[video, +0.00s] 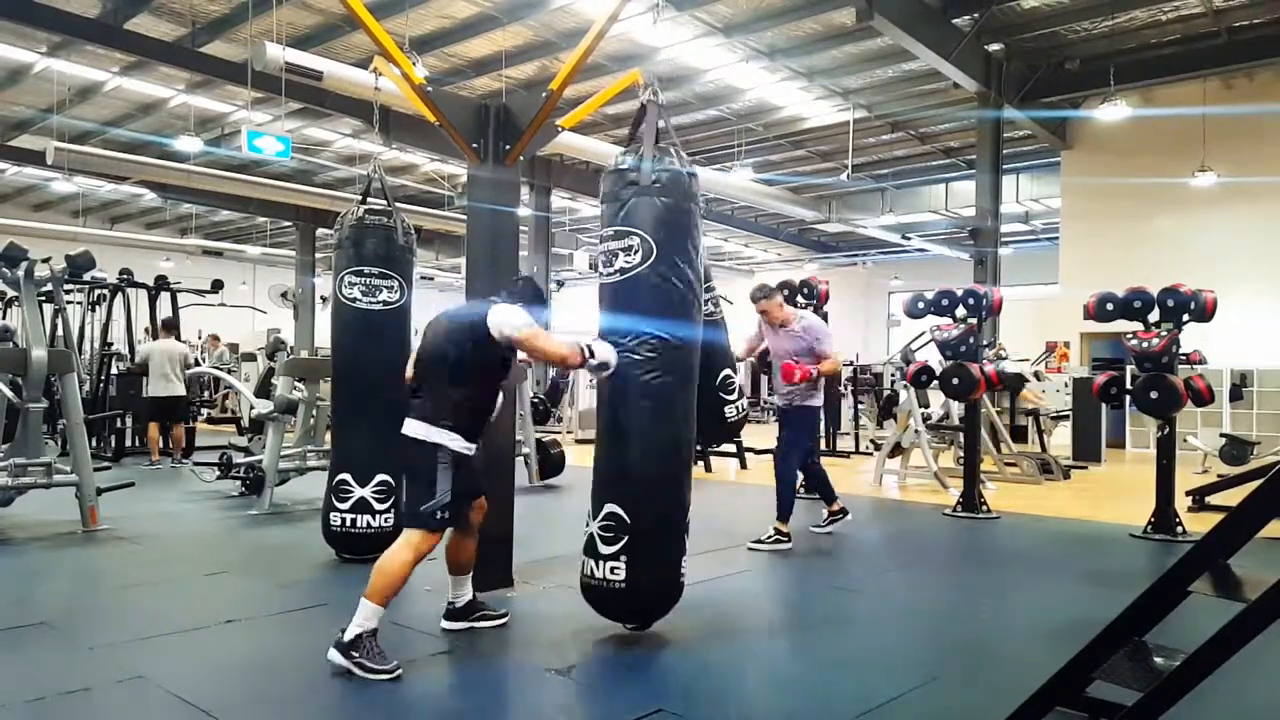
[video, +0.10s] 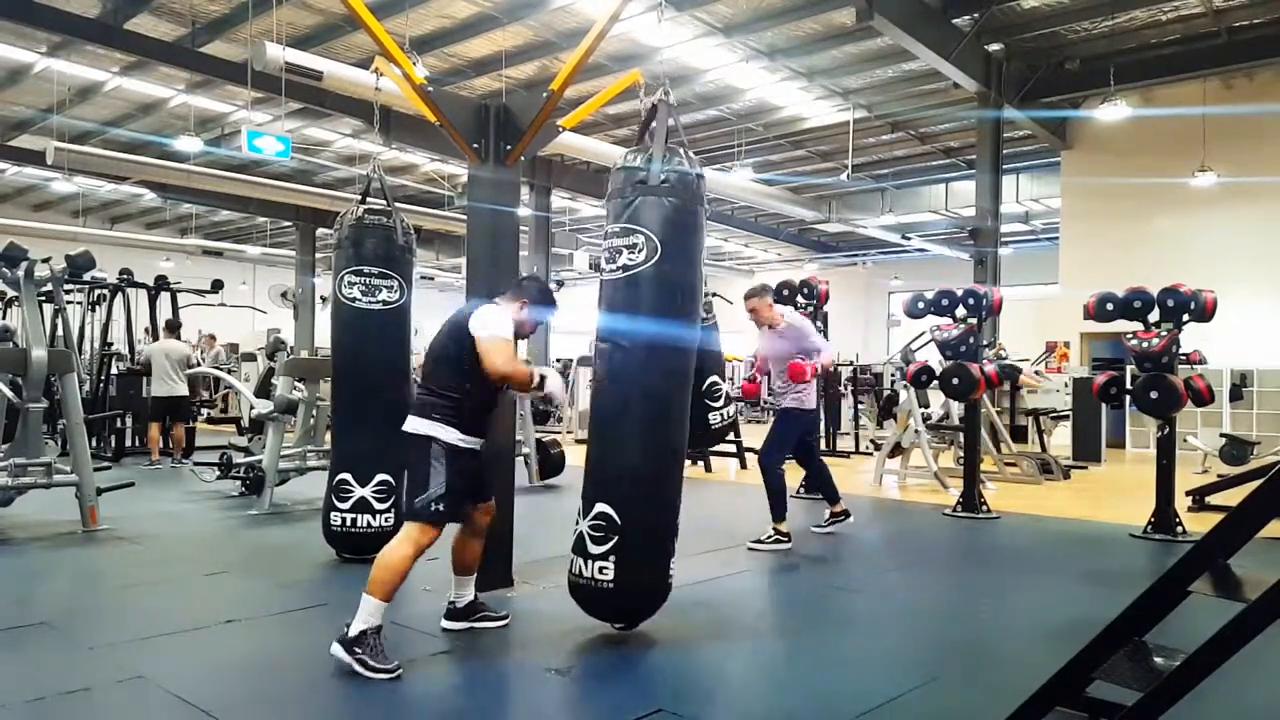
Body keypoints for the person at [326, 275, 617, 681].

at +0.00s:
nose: (536, 325)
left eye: (538, 319)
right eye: (537, 318)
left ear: (506, 294)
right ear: (526, 305)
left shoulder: (447, 318)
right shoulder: (504, 313)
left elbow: (412, 375)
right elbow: (551, 352)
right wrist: (590, 353)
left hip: (449, 441)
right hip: (432, 439)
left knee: (473, 510)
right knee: (421, 535)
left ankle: (461, 605)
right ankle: (356, 636)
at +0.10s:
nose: (534, 331)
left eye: (539, 325)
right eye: (537, 321)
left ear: (518, 304)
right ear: (521, 304)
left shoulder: (492, 320)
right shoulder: (490, 314)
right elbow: (500, 366)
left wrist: (535, 385)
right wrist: (541, 375)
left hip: (462, 440)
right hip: (436, 435)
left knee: (481, 513)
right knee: (420, 530)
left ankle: (462, 606)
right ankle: (360, 633)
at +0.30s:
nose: (534, 333)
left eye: (538, 327)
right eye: (534, 324)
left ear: (518, 309)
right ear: (515, 306)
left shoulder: (504, 341)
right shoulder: (465, 327)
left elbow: (495, 393)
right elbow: (454, 388)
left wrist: (523, 397)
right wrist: (503, 378)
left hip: (472, 449)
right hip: (430, 446)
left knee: (510, 513)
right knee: (413, 538)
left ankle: (479, 589)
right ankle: (362, 630)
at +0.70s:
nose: (561, 338)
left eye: (565, 332)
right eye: (562, 330)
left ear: (545, 314)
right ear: (548, 315)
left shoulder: (519, 330)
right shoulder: (518, 330)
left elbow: (503, 387)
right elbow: (513, 383)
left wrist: (541, 398)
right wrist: (556, 391)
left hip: (496, 444)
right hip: (466, 439)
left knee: (521, 512)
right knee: (448, 529)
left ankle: (502, 598)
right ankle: (375, 617)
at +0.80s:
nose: (564, 331)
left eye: (568, 325)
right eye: (564, 322)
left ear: (548, 310)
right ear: (546, 307)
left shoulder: (539, 338)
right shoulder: (499, 324)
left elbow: (552, 388)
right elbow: (490, 381)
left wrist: (603, 372)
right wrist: (539, 365)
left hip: (505, 437)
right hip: (467, 432)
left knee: (526, 512)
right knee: (464, 519)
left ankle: (504, 595)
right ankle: (407, 612)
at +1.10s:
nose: (575, 324)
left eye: (579, 318)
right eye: (572, 315)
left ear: (575, 313)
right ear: (552, 304)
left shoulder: (566, 340)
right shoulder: (506, 334)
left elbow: (587, 373)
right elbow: (467, 375)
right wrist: (508, 406)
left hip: (533, 448)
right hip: (488, 446)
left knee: (557, 513)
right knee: (474, 525)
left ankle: (546, 590)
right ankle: (426, 613)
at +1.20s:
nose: (587, 324)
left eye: (590, 319)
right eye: (585, 317)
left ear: (582, 312)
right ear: (568, 305)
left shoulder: (565, 330)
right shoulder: (544, 321)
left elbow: (578, 359)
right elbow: (554, 358)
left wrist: (603, 355)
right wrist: (594, 352)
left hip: (531, 441)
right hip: (494, 438)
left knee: (554, 508)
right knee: (476, 525)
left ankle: (545, 589)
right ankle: (424, 611)